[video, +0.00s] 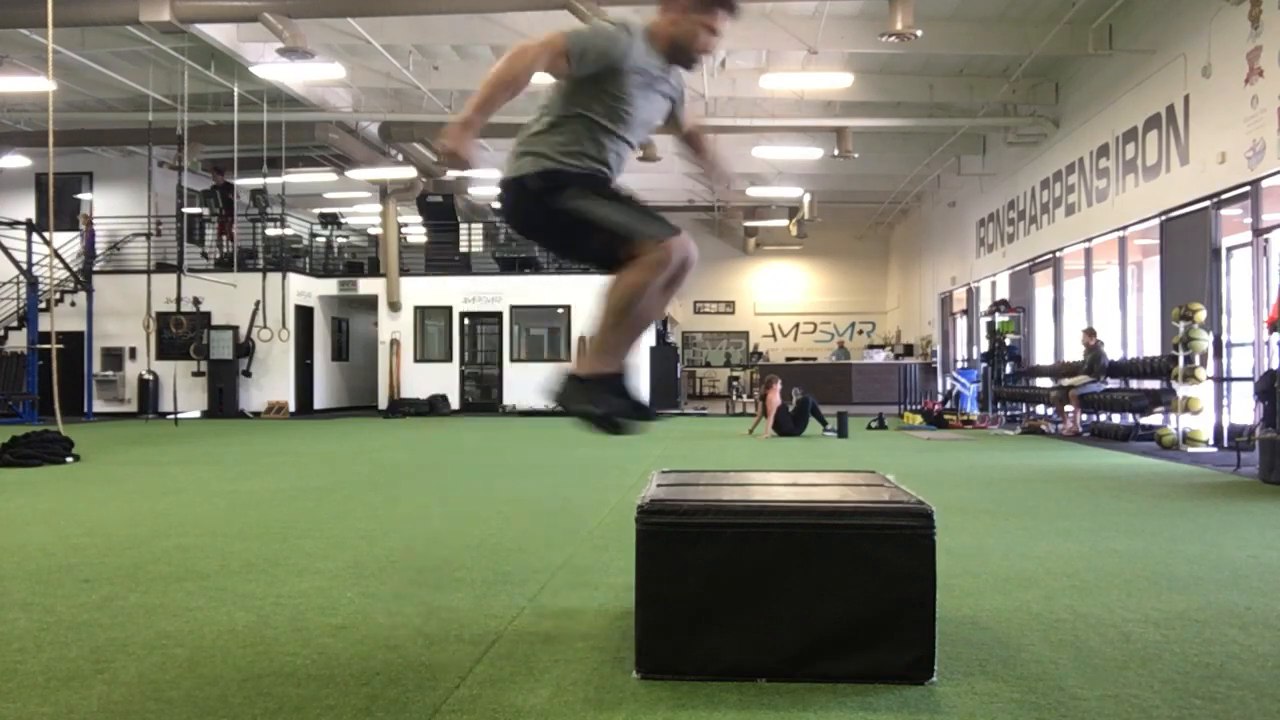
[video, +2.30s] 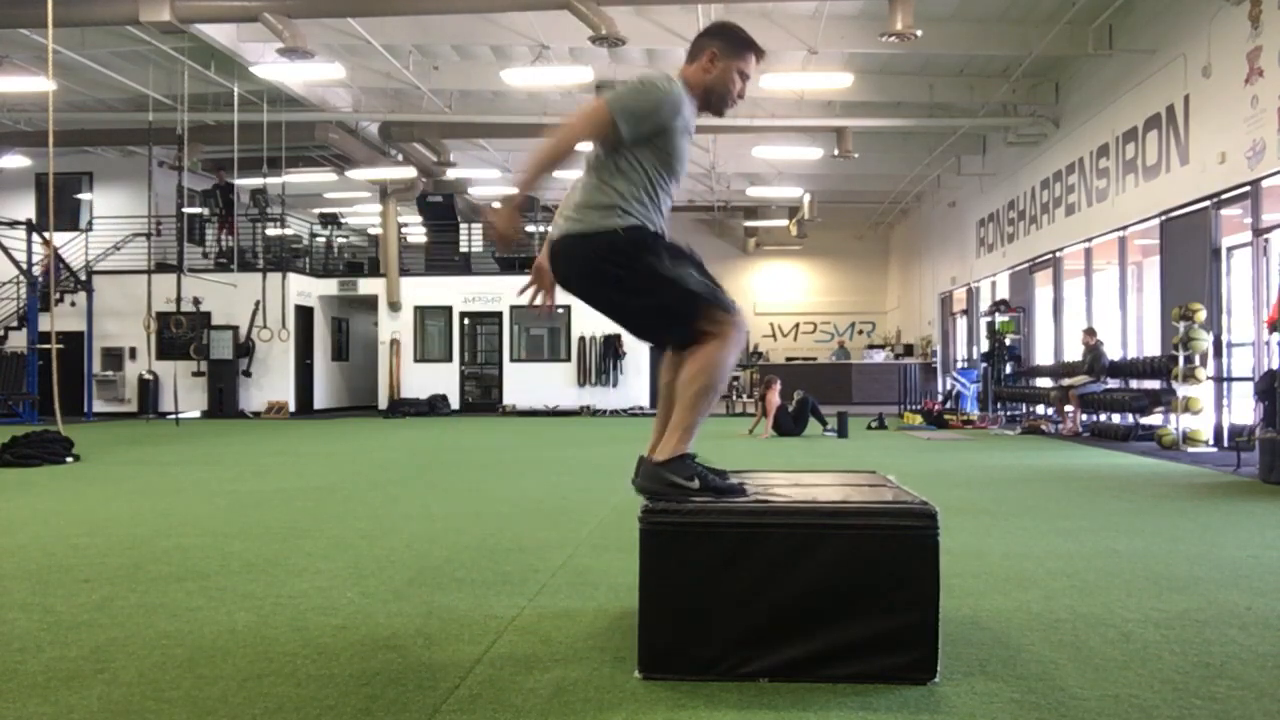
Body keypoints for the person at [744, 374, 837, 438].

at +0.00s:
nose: (780, 386)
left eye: (780, 384)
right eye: (779, 384)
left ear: (769, 385)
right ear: (774, 385)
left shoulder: (765, 396)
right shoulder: (774, 396)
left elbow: (759, 415)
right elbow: (770, 416)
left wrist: (751, 430)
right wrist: (766, 433)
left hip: (784, 430)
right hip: (792, 431)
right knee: (807, 399)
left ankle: (795, 404)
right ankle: (826, 427)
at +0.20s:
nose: (780, 386)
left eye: (780, 384)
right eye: (779, 384)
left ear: (768, 385)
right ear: (773, 385)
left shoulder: (765, 395)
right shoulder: (774, 395)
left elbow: (759, 415)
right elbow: (770, 415)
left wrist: (751, 430)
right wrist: (767, 433)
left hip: (784, 430)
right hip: (792, 431)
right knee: (807, 399)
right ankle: (826, 427)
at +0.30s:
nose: (780, 386)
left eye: (780, 384)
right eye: (779, 384)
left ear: (769, 385)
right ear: (773, 385)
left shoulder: (765, 395)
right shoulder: (773, 395)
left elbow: (759, 415)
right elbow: (770, 415)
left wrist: (751, 430)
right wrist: (767, 433)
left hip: (785, 430)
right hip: (792, 430)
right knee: (808, 400)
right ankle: (826, 427)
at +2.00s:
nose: (780, 386)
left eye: (780, 384)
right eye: (779, 384)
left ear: (769, 385)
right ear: (773, 385)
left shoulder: (766, 395)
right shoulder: (773, 396)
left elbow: (759, 415)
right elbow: (770, 415)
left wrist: (751, 430)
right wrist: (767, 433)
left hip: (785, 430)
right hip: (792, 431)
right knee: (807, 399)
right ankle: (826, 426)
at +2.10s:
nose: (780, 386)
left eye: (779, 384)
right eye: (778, 384)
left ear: (768, 385)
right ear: (773, 385)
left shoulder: (765, 396)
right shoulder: (773, 396)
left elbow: (759, 415)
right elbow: (770, 416)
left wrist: (751, 430)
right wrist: (766, 433)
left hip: (785, 430)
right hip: (792, 430)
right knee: (807, 400)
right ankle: (826, 426)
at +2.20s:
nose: (780, 386)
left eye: (779, 384)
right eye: (778, 384)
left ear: (768, 385)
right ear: (773, 385)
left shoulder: (765, 396)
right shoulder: (773, 396)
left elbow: (759, 415)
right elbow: (770, 415)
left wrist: (751, 430)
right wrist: (766, 433)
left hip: (785, 430)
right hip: (792, 430)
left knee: (805, 399)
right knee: (807, 400)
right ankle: (826, 426)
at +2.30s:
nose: (780, 386)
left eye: (779, 384)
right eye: (778, 384)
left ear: (768, 385)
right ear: (773, 385)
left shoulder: (765, 396)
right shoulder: (773, 396)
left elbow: (759, 415)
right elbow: (770, 416)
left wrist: (751, 430)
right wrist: (766, 433)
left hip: (785, 430)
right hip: (792, 431)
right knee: (807, 399)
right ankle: (826, 426)